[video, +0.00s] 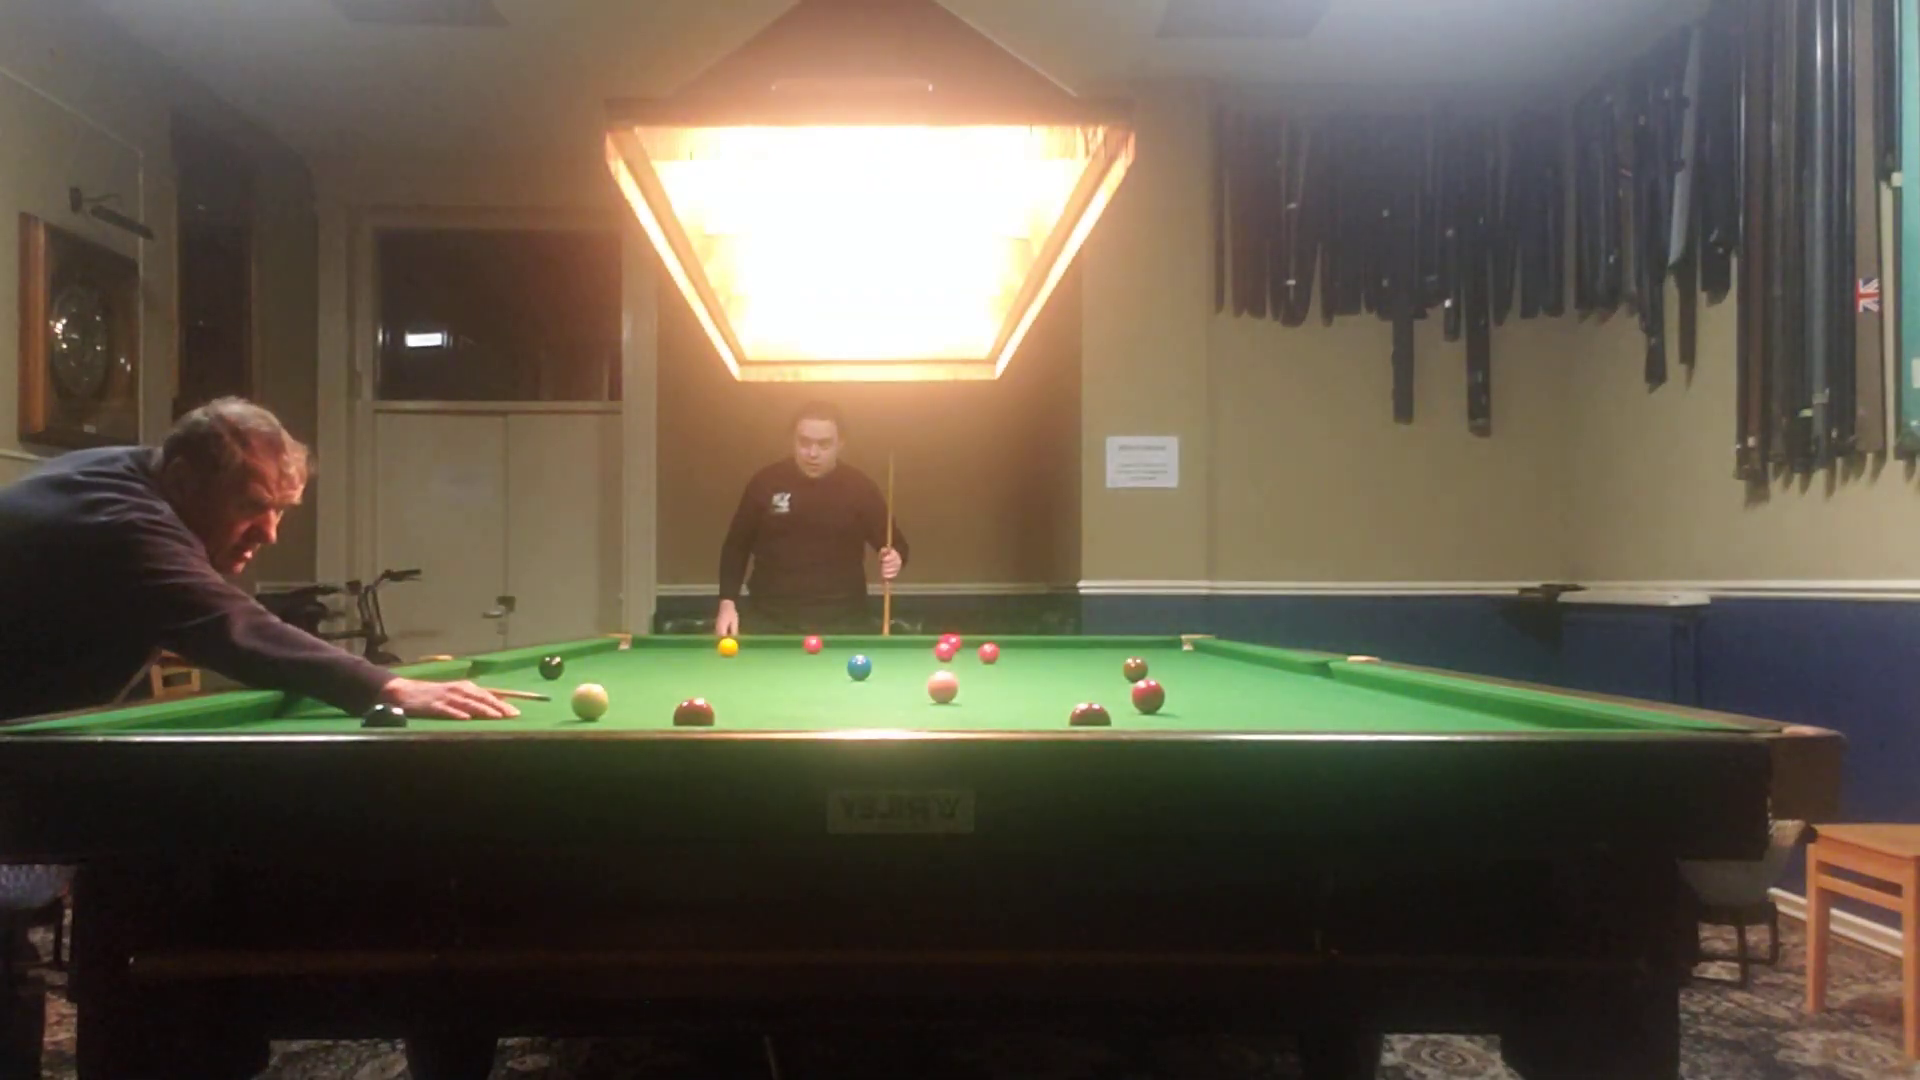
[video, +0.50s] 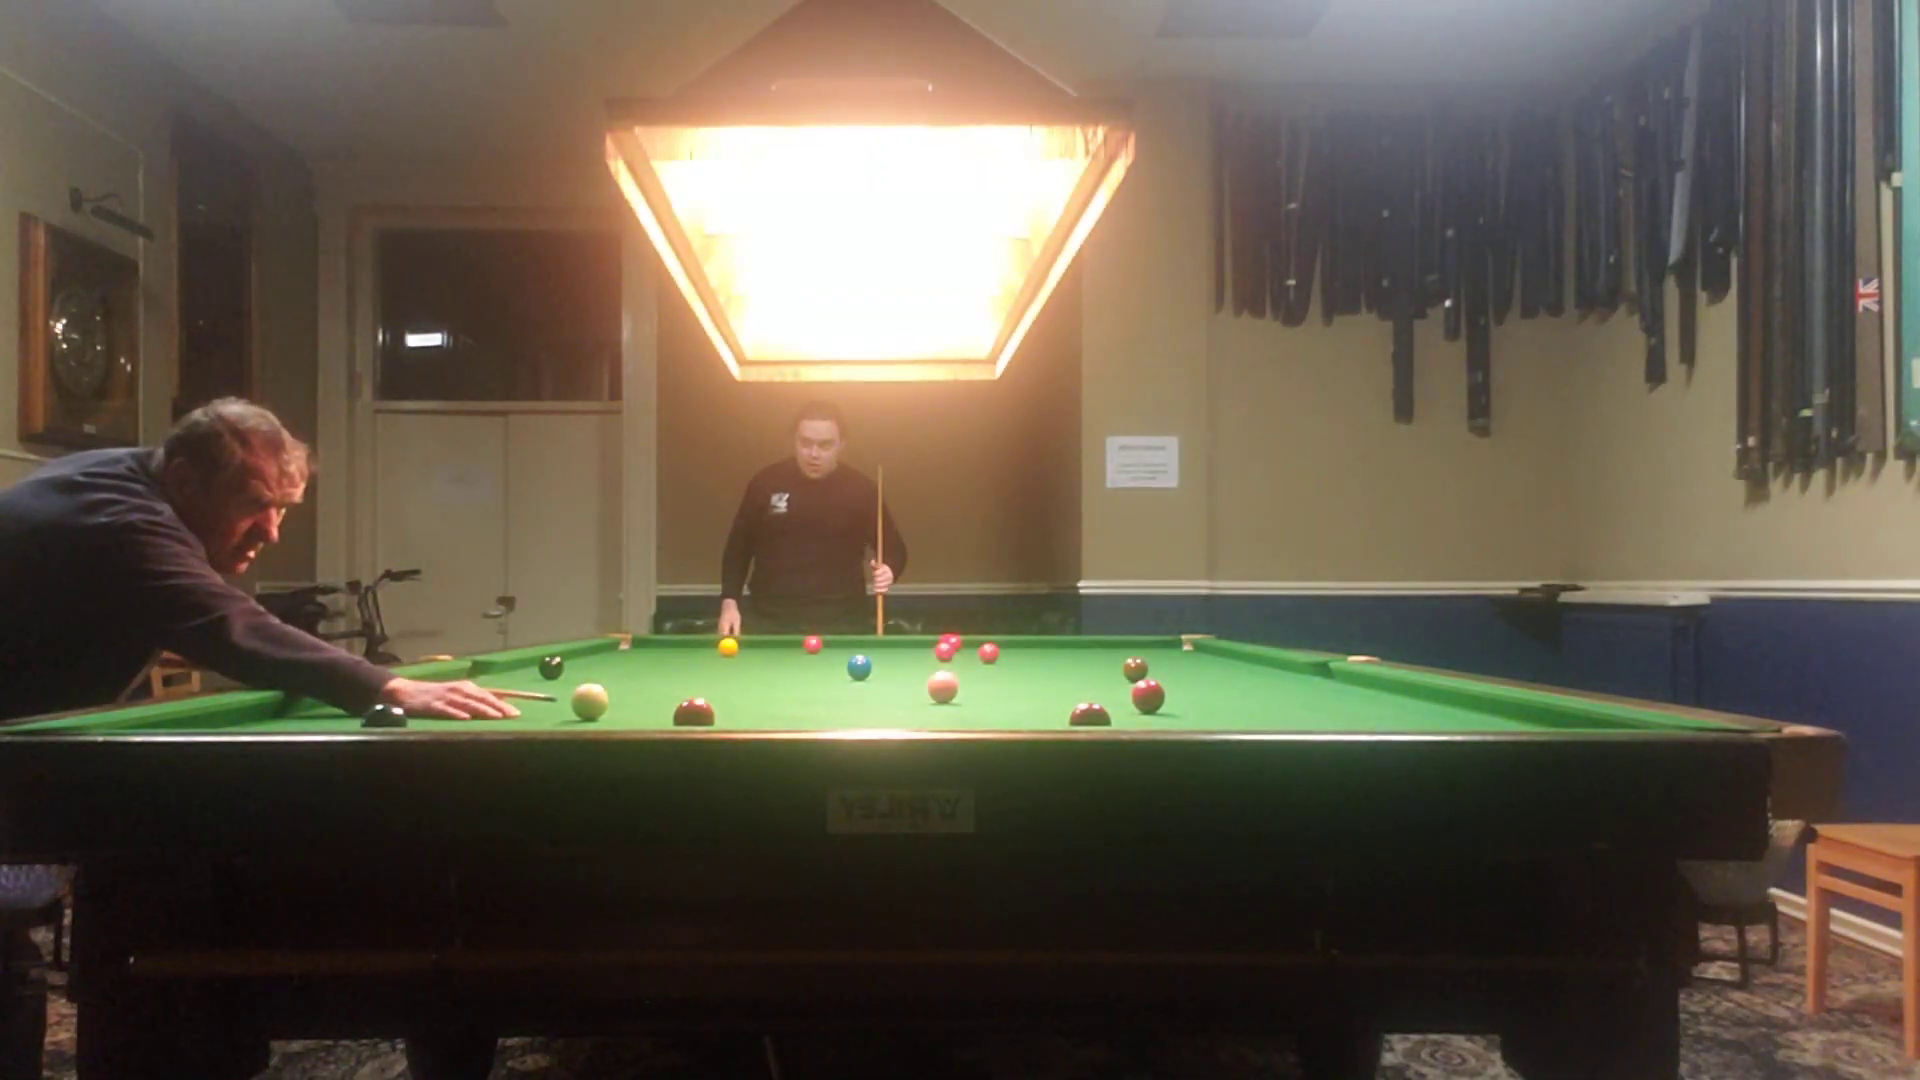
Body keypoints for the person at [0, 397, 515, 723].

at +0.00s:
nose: (269, 534)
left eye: (281, 513)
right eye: (253, 507)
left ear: (179, 473)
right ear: (183, 478)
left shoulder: (127, 472)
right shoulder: (133, 529)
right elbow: (243, 632)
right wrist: (394, 687)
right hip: (11, 720)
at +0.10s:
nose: (268, 534)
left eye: (281, 514)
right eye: (253, 508)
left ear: (180, 472)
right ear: (184, 476)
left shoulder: (130, 472)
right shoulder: (133, 528)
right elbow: (243, 633)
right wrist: (395, 688)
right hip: (11, 719)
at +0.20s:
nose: (268, 535)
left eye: (281, 514)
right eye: (253, 508)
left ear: (181, 476)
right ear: (185, 480)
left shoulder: (132, 471)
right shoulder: (135, 531)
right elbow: (244, 633)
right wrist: (394, 688)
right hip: (11, 719)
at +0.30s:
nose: (269, 535)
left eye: (281, 514)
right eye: (254, 508)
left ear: (182, 476)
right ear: (185, 480)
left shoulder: (132, 472)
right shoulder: (135, 531)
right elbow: (243, 633)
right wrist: (395, 688)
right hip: (11, 720)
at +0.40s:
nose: (270, 533)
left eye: (281, 512)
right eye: (254, 506)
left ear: (181, 476)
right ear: (184, 481)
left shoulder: (135, 472)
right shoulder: (135, 531)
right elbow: (243, 633)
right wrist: (395, 688)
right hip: (11, 720)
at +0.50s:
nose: (271, 532)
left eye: (282, 512)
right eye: (255, 506)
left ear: (181, 476)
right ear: (184, 481)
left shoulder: (135, 473)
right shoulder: (135, 531)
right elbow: (243, 633)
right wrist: (394, 687)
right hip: (10, 720)